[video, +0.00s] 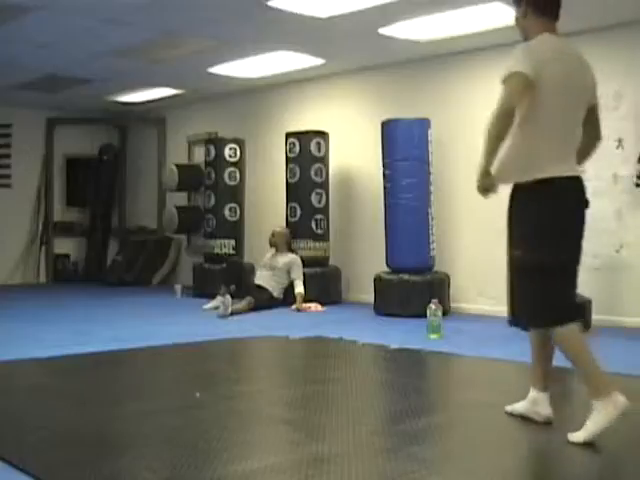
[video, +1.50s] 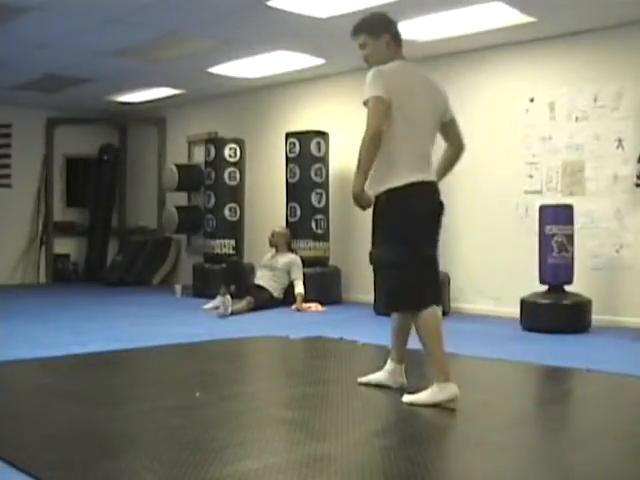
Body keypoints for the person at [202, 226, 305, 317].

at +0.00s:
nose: (271, 238)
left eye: (274, 235)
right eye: (272, 235)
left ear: (283, 239)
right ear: (274, 239)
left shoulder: (293, 259)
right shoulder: (270, 254)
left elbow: (298, 282)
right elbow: (261, 272)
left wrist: (299, 302)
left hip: (270, 294)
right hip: (254, 287)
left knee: (250, 301)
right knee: (234, 264)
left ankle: (230, 310)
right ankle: (221, 298)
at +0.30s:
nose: (270, 238)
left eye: (273, 236)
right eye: (271, 235)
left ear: (282, 239)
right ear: (276, 239)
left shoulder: (293, 259)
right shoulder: (270, 254)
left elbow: (298, 282)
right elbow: (262, 273)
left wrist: (299, 302)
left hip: (270, 294)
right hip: (255, 288)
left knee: (250, 301)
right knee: (234, 265)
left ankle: (230, 310)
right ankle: (221, 298)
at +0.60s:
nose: (270, 238)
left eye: (273, 236)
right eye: (271, 235)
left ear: (283, 239)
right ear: (277, 240)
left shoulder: (293, 259)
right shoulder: (270, 254)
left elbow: (298, 282)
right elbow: (261, 272)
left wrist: (298, 302)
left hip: (270, 294)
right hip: (254, 288)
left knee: (250, 301)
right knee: (234, 264)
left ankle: (230, 310)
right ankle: (221, 298)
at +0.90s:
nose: (270, 238)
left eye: (273, 235)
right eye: (271, 235)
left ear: (283, 239)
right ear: (278, 239)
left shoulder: (293, 259)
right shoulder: (270, 254)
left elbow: (298, 282)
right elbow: (262, 273)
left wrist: (299, 302)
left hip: (271, 294)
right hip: (254, 288)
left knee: (250, 301)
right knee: (234, 264)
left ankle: (230, 310)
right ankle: (221, 298)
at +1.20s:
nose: (270, 237)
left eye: (273, 235)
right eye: (271, 235)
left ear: (283, 239)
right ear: (278, 239)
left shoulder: (293, 259)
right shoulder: (270, 254)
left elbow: (298, 282)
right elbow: (262, 273)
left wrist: (299, 302)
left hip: (271, 293)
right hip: (255, 287)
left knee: (250, 301)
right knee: (234, 265)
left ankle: (230, 310)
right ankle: (221, 298)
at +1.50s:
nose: (270, 237)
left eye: (273, 235)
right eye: (271, 235)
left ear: (282, 239)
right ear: (278, 239)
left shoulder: (293, 259)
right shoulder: (270, 254)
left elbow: (298, 282)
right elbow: (262, 273)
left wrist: (299, 302)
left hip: (271, 293)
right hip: (255, 287)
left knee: (250, 300)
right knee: (233, 265)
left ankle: (230, 310)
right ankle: (221, 298)